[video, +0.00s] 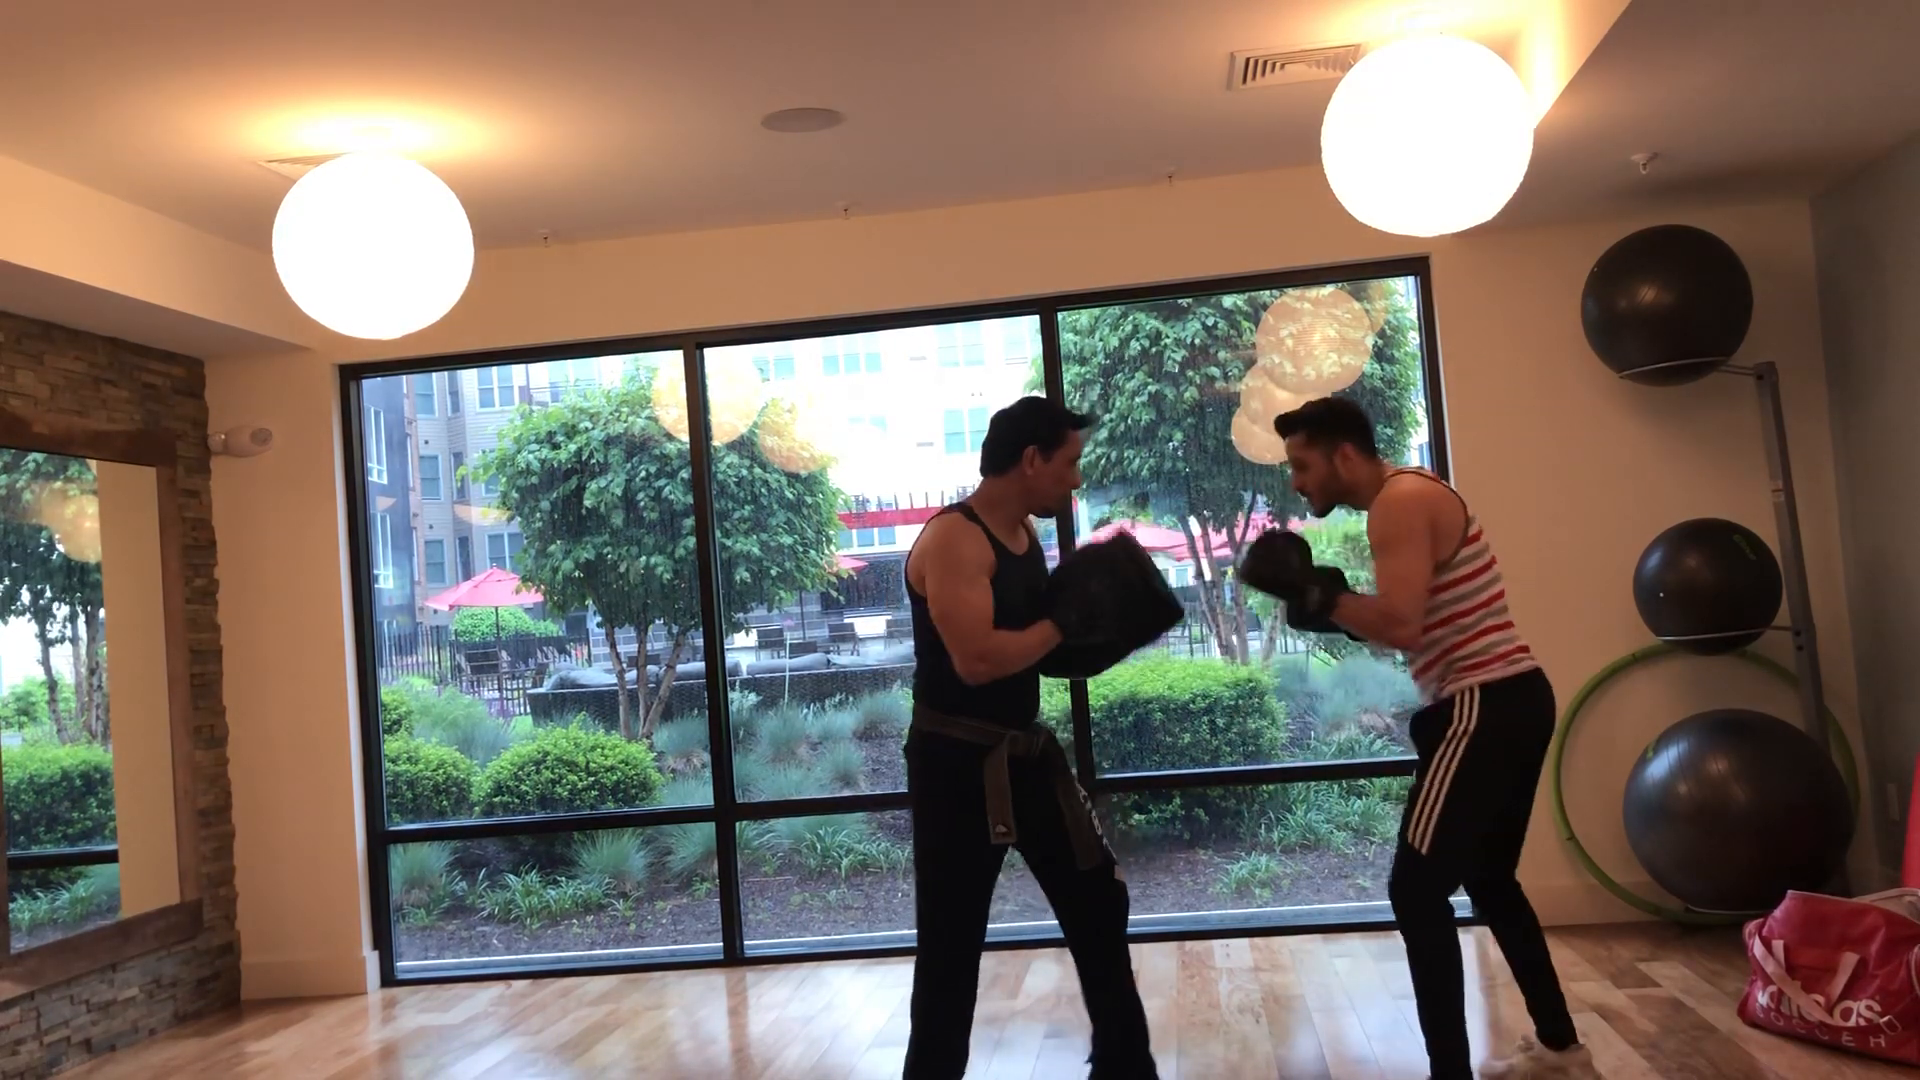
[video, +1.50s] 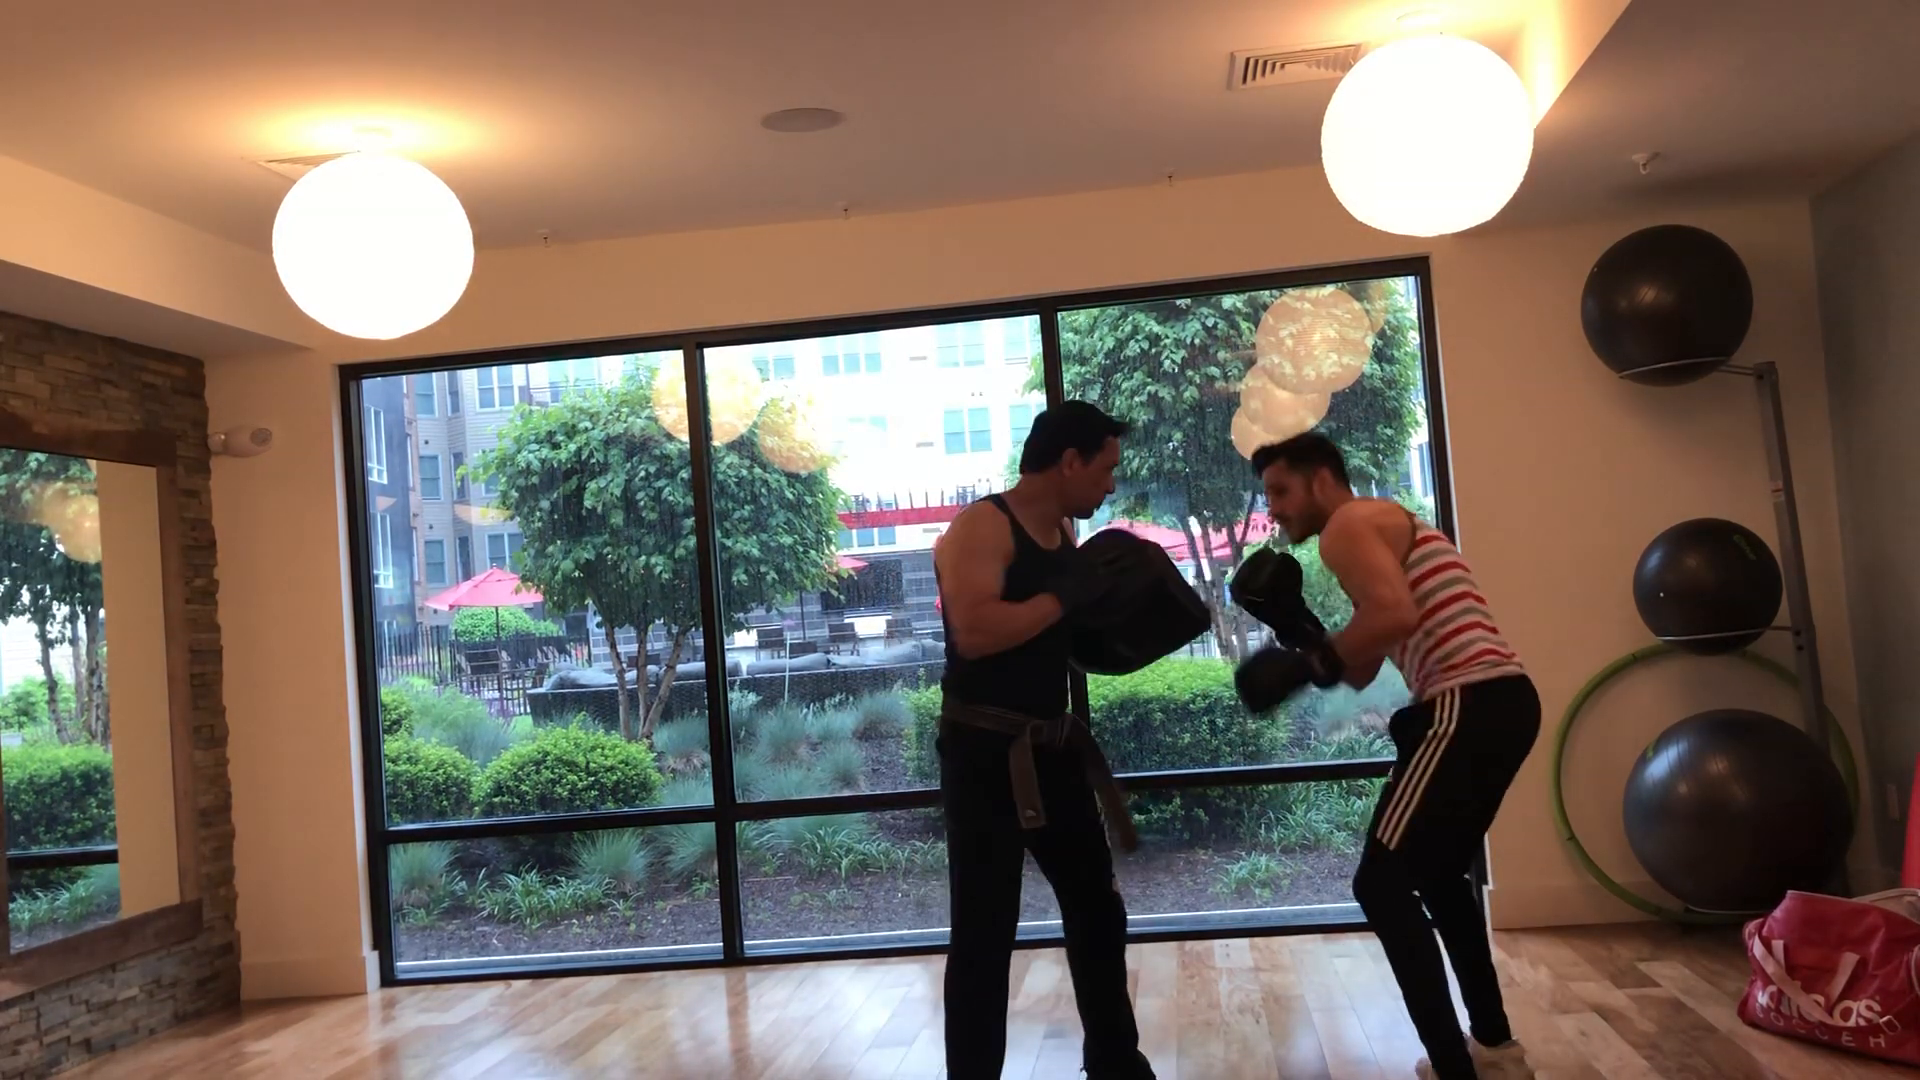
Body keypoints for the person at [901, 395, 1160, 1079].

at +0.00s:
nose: (1076, 479)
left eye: (1078, 464)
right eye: (1070, 463)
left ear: (1027, 463)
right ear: (1029, 461)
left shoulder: (1023, 533)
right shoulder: (951, 537)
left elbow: (1028, 636)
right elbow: (975, 658)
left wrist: (1091, 592)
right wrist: (1068, 618)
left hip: (1026, 748)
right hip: (956, 756)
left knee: (1098, 906)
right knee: (951, 945)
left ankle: (1126, 1070)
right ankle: (932, 1075)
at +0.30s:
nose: (1104, 486)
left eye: (1105, 472)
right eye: (1098, 471)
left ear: (1058, 474)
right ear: (1061, 471)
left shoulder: (1060, 547)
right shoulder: (991, 547)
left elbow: (1058, 640)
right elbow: (955, 650)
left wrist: (1123, 628)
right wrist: (1058, 648)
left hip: (1070, 759)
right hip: (1004, 765)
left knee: (1140, 912)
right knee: (1010, 943)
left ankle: (1143, 1063)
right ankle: (948, 1076)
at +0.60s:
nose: (1136, 482)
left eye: (1137, 468)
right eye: (1125, 469)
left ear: (1074, 472)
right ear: (1079, 468)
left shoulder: (1018, 539)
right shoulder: (1099, 527)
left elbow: (1032, 666)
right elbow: (1208, 538)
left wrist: (1095, 746)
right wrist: (1302, 526)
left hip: (1023, 745)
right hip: (1032, 751)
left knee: (1106, 906)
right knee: (1001, 937)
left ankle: (1138, 1059)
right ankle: (944, 1073)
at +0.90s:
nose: (1124, 482)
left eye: (1127, 468)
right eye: (1113, 467)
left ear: (1076, 469)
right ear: (1066, 465)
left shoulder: (1065, 545)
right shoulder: (1029, 540)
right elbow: (1000, 647)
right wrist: (1096, 675)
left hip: (1053, 746)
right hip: (1012, 749)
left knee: (1119, 908)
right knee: (1024, 931)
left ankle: (1144, 1060)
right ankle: (983, 1074)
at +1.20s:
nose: (1096, 477)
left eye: (1097, 464)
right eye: (1087, 464)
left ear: (1044, 466)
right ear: (1038, 464)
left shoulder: (1073, 524)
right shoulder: (955, 538)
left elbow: (1172, 528)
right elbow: (904, 646)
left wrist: (1257, 500)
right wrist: (1011, 647)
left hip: (1035, 748)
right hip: (958, 751)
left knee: (1084, 909)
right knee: (954, 934)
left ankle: (1117, 1067)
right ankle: (955, 1072)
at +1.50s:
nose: (1111, 486)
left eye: (1114, 471)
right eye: (1108, 469)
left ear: (1070, 463)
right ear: (1069, 461)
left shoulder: (1061, 537)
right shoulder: (977, 527)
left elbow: (1068, 637)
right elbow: (971, 633)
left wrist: (1120, 593)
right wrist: (1071, 594)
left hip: (1056, 741)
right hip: (983, 744)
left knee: (1097, 916)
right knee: (984, 929)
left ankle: (1116, 1067)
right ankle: (973, 1074)